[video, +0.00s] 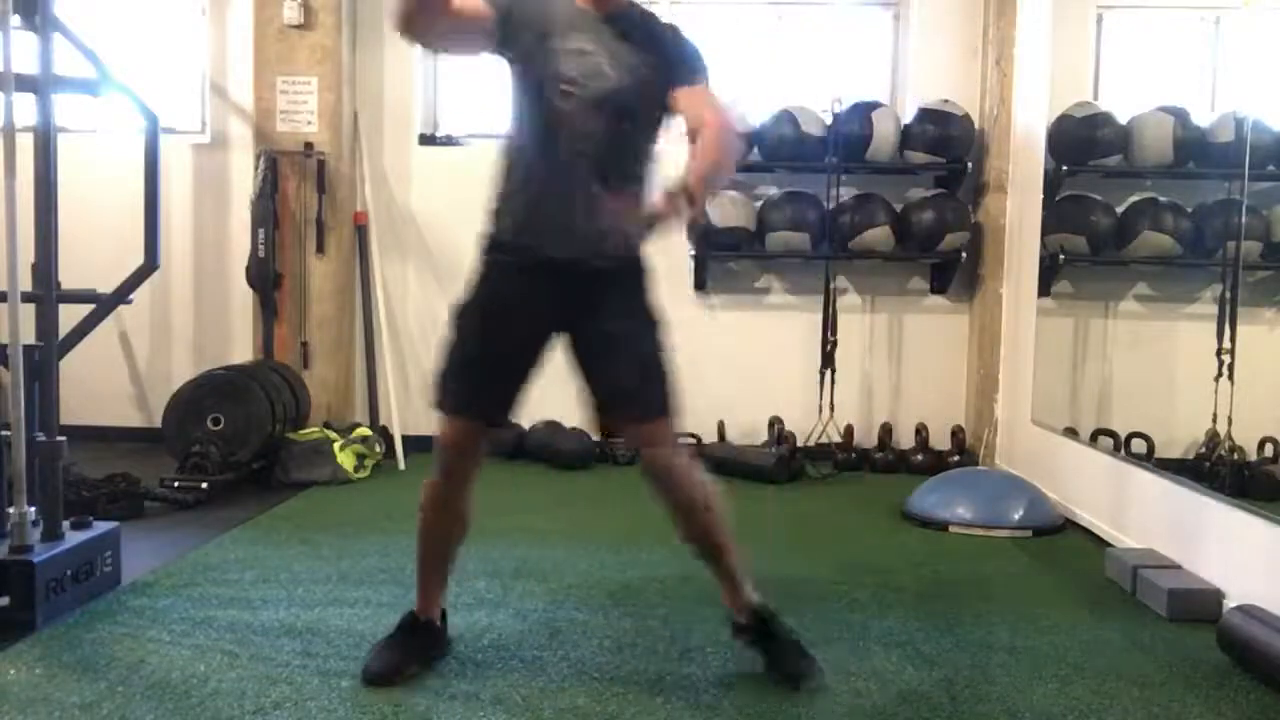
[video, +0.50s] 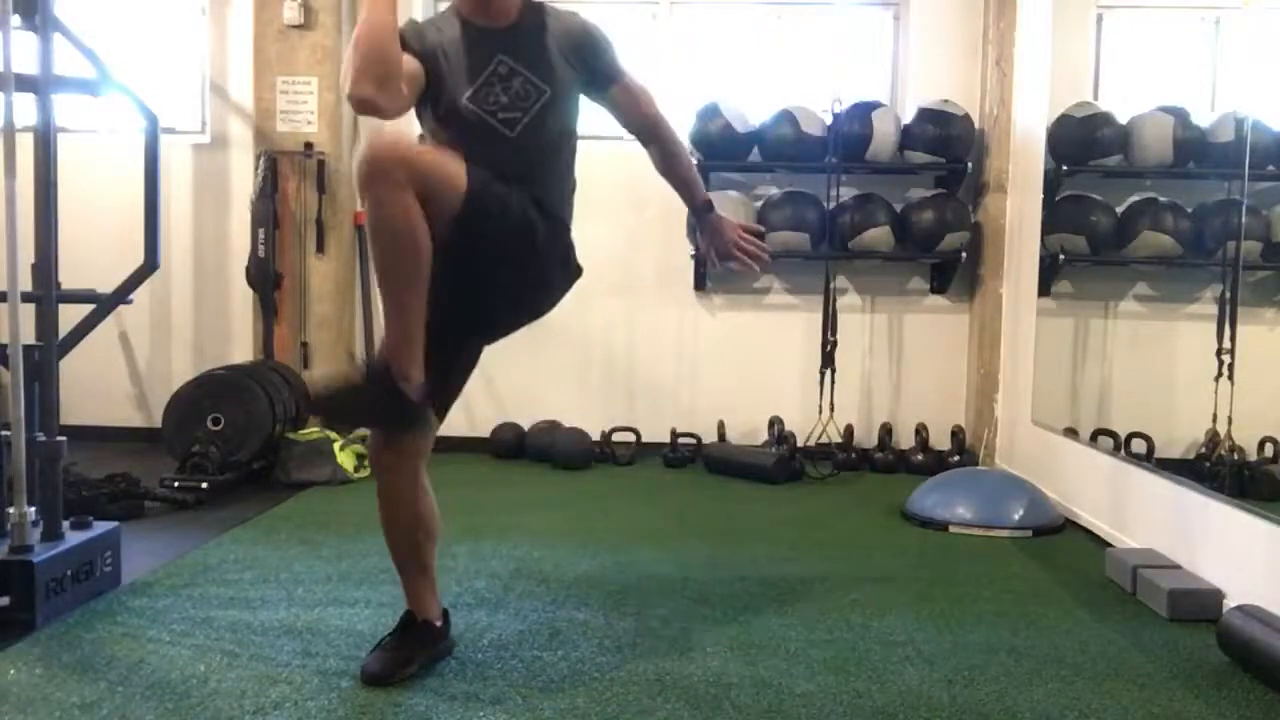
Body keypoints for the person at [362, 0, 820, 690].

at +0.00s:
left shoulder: (661, 43)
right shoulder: (525, 13)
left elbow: (715, 132)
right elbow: (420, 24)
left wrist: (680, 196)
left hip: (609, 273)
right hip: (516, 265)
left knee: (659, 451)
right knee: (455, 448)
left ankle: (749, 613)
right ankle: (426, 620)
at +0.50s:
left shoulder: (566, 34)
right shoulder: (430, 37)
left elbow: (650, 126)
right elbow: (369, 92)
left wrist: (704, 213)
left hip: (533, 258)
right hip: (451, 266)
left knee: (388, 159)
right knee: (396, 440)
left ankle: (401, 375)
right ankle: (424, 619)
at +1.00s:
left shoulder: (648, 17)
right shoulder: (510, 15)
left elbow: (742, 105)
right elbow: (422, 69)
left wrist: (795, 187)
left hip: (626, 266)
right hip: (536, 266)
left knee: (633, 447)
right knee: (495, 444)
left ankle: (655, 617)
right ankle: (462, 609)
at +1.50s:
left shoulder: (848, 35)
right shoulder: (711, 67)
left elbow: (975, 33)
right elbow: (643, 175)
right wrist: (652, 213)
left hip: (853, 290)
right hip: (757, 297)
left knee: (921, 460)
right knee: (705, 466)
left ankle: (936, 638)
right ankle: (583, 598)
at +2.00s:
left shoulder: (932, 46)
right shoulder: (793, 54)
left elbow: (989, 101)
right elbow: (715, 160)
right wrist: (698, 265)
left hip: (912, 281)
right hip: (821, 270)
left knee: (972, 465)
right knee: (983, 219)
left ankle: (938, 636)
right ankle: (920, 447)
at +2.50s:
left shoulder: (831, 22)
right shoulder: (692, 15)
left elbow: (864, 89)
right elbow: (585, 111)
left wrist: (810, 8)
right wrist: (629, 71)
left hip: (781, 266)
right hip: (690, 261)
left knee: (826, 449)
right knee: (674, 446)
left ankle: (780, 614)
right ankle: (661, 614)